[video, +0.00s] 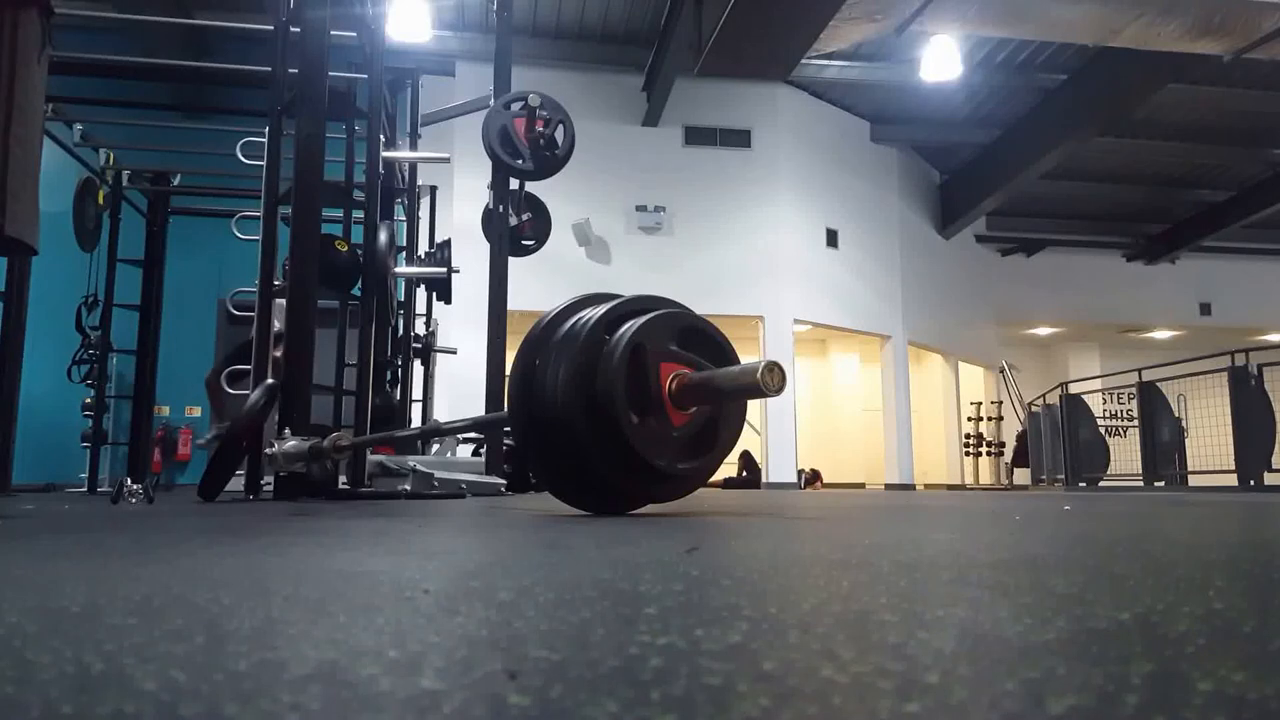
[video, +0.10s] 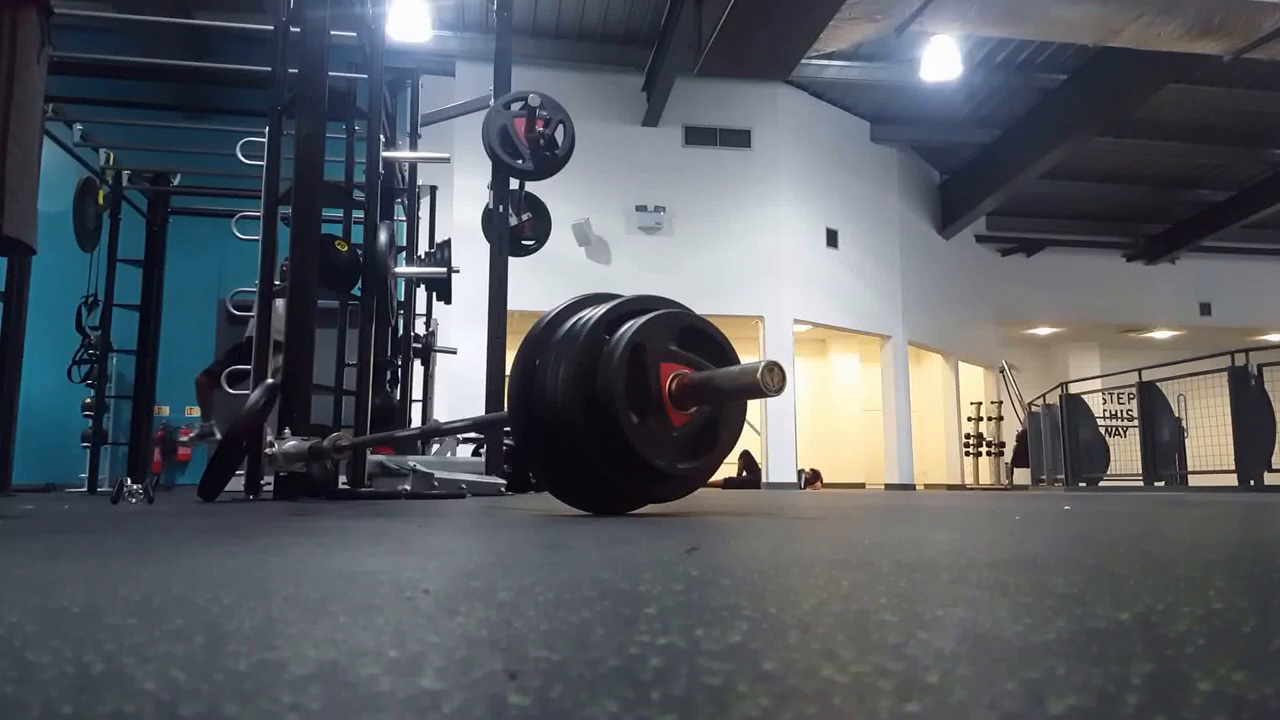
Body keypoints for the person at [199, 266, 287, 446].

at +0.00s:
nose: (290, 275)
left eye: (294, 270)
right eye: (287, 270)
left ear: (303, 273)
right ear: (283, 271)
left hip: (287, 339)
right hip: (260, 339)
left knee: (276, 359)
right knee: (213, 381)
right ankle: (219, 425)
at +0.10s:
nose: (285, 272)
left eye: (289, 269)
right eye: (283, 268)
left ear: (297, 273)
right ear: (280, 271)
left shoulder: (299, 298)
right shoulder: (270, 292)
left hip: (279, 345)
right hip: (252, 342)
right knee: (204, 381)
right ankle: (206, 426)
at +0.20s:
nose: (282, 275)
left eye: (287, 272)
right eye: (281, 270)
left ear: (294, 277)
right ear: (276, 272)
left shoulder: (291, 301)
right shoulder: (261, 296)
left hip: (272, 350)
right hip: (246, 345)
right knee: (196, 383)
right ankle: (197, 426)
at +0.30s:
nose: (282, 270)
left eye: (287, 268)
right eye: (281, 266)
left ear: (292, 277)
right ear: (275, 271)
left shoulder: (285, 301)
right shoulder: (256, 295)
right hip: (238, 347)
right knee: (189, 386)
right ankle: (194, 425)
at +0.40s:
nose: (281, 270)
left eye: (286, 269)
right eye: (281, 266)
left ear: (291, 276)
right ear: (275, 269)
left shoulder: (285, 296)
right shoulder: (259, 286)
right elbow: (259, 259)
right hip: (232, 346)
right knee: (185, 386)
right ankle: (195, 423)